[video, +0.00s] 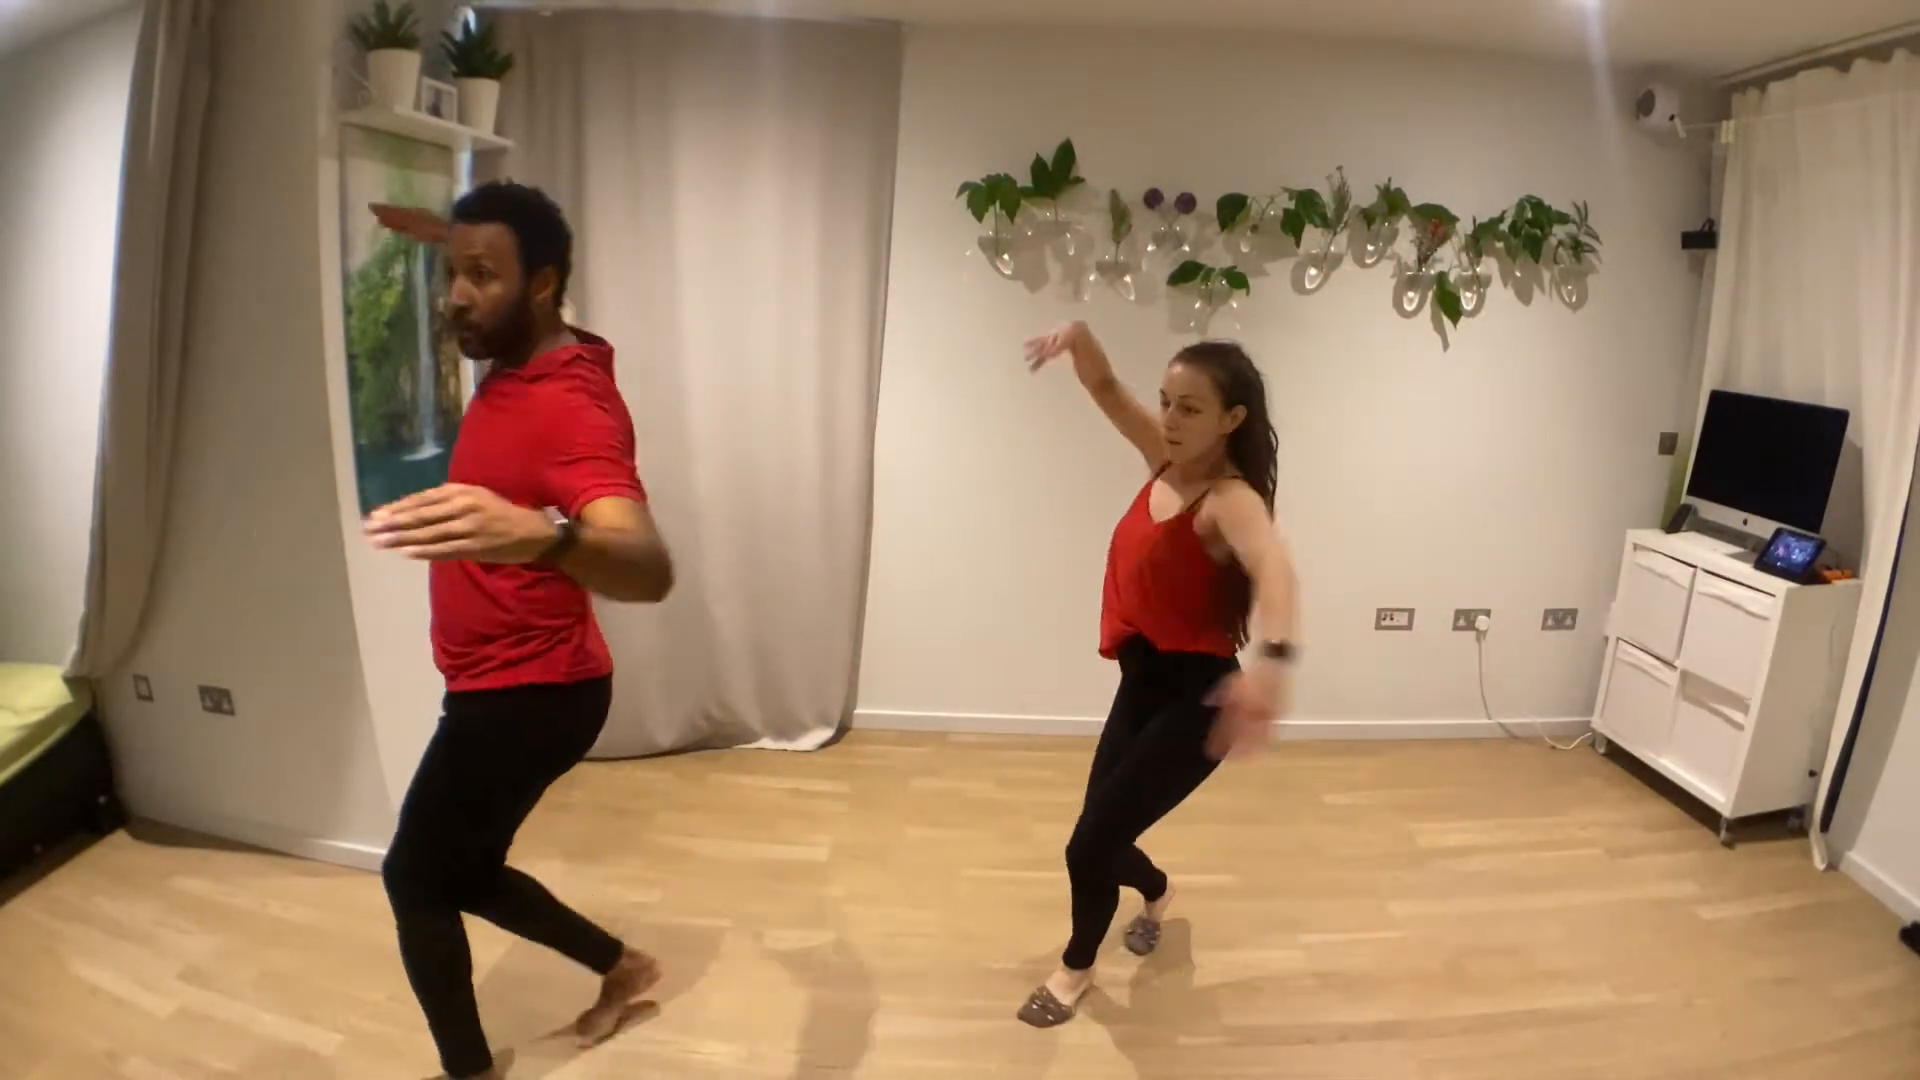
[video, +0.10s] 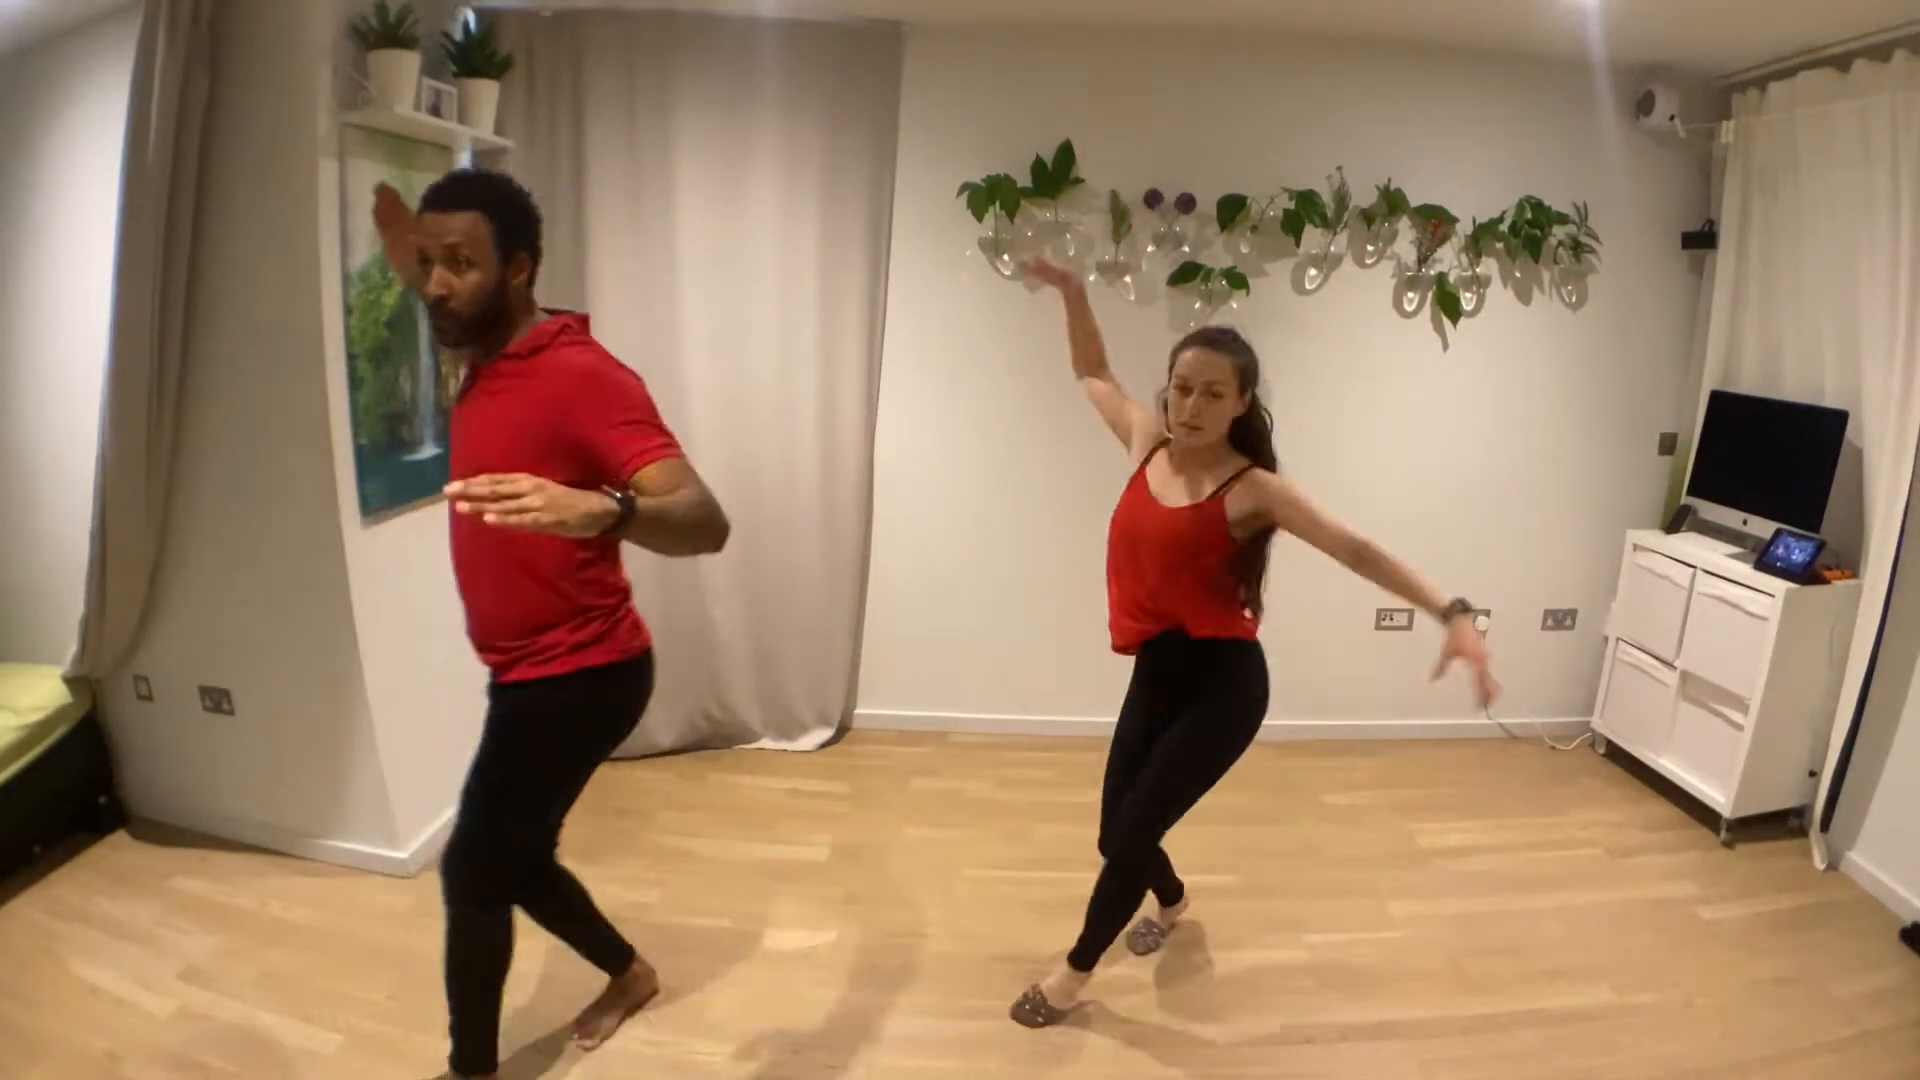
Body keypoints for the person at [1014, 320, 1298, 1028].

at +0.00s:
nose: (1168, 420)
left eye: (1188, 409)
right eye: (1167, 403)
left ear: (1232, 420)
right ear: (1160, 404)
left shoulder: (1231, 501)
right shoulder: (1167, 458)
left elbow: (1275, 567)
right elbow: (1107, 391)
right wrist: (1078, 338)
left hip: (1202, 692)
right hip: (1144, 678)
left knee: (1092, 849)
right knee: (1096, 831)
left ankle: (1074, 970)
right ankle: (1156, 889)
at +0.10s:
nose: (1190, 404)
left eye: (1210, 393)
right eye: (1181, 387)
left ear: (1241, 405)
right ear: (1169, 389)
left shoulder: (1253, 489)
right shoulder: (1146, 441)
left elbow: (1357, 552)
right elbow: (1092, 373)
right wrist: (1071, 290)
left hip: (1223, 680)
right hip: (1157, 671)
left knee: (1132, 831)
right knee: (1116, 826)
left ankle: (1074, 972)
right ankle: (1171, 900)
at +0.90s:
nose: (1321, 432)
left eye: (1321, 424)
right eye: (1321, 425)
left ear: (1332, 421)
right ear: (1381, 416)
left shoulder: (1305, 472)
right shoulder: (1432, 480)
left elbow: (1244, 527)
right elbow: (1426, 546)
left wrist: (1282, 575)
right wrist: (1374, 562)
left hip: (1315, 656)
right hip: (1384, 657)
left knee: (1309, 760)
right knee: (1343, 733)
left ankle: (1331, 890)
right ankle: (1346, 844)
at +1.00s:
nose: (1309, 417)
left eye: (1313, 406)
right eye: (1306, 405)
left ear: (1351, 400)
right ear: (1368, 394)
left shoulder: (1332, 465)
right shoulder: (1422, 454)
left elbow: (1233, 519)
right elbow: (1387, 517)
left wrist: (1237, 563)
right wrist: (1319, 531)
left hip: (1344, 639)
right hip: (1394, 633)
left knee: (1289, 741)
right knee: (1318, 728)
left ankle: (1341, 875)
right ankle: (1335, 839)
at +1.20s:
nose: (1353, 391)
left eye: (1373, 381)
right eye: (1347, 375)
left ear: (1400, 394)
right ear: (1334, 375)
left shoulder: (1394, 467)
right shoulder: (1323, 451)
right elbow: (1279, 475)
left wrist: (1354, 539)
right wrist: (1248, 472)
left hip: (1386, 634)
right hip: (1340, 624)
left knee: (1289, 759)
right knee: (1307, 738)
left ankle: (1313, 883)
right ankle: (1340, 838)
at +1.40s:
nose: (1387, 388)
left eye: (1401, 379)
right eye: (1373, 375)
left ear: (1416, 390)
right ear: (1348, 384)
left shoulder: (1426, 473)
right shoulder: (1308, 466)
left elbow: (1406, 574)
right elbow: (1297, 561)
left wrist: (1381, 554)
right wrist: (1244, 536)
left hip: (1389, 642)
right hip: (1320, 635)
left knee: (1351, 792)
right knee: (1286, 767)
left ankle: (1329, 902)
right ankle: (1338, 824)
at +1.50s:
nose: (1386, 386)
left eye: (1399, 376)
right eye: (1371, 373)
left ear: (1412, 388)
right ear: (1342, 382)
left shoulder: (1426, 472)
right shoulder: (1308, 457)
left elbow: (1427, 559)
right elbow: (1291, 545)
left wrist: (1387, 600)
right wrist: (1314, 596)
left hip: (1394, 647)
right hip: (1321, 640)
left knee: (1357, 796)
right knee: (1281, 790)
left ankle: (1332, 899)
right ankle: (1305, 825)